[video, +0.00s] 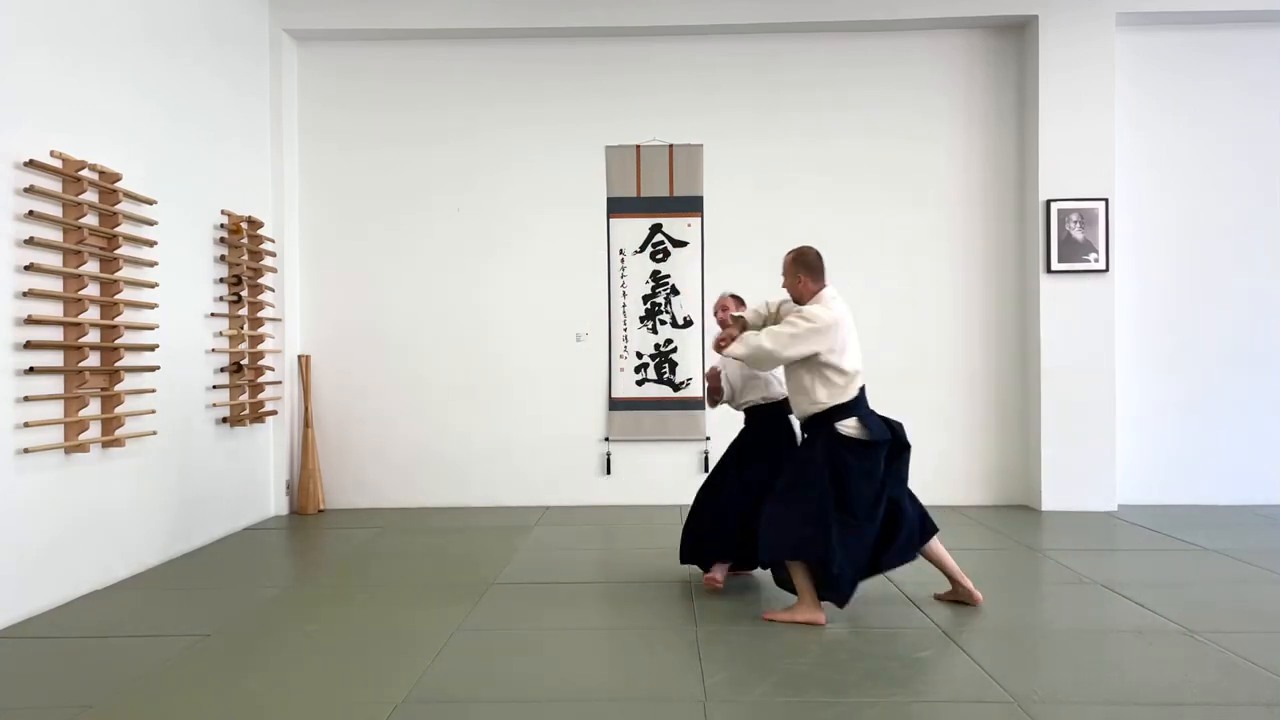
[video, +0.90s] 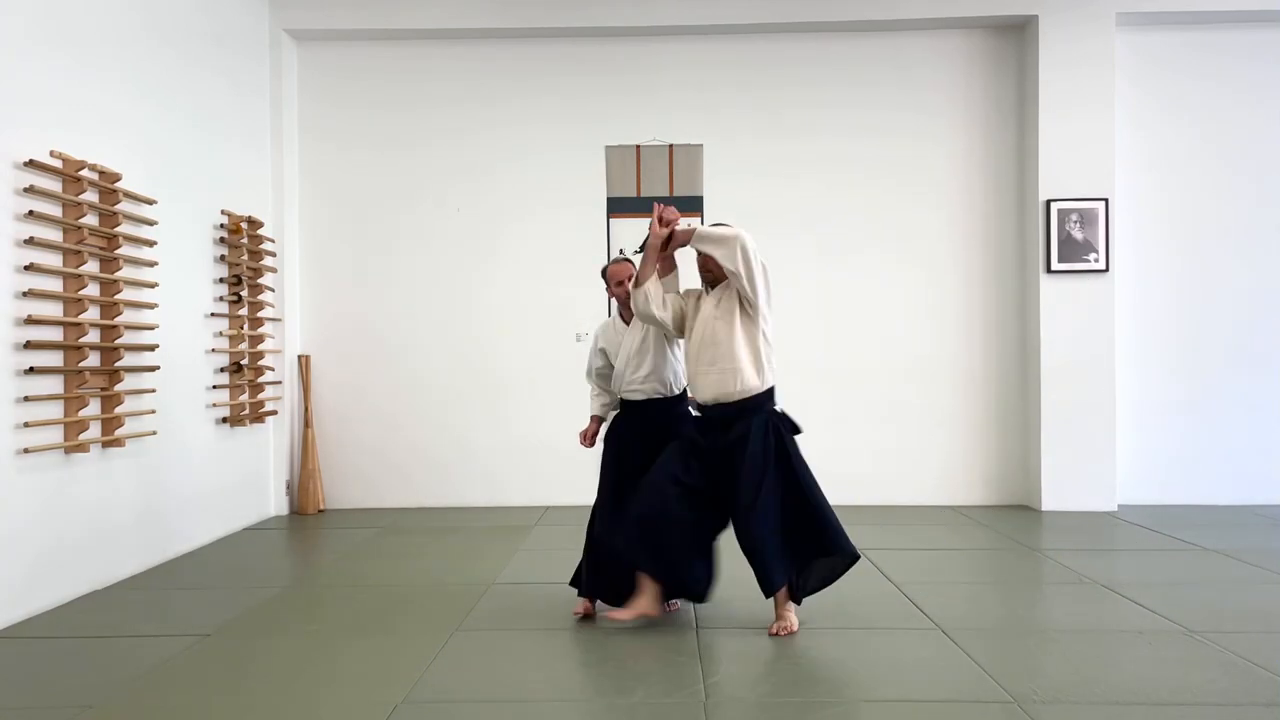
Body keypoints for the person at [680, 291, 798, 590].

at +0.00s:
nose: (720, 316)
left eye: (726, 310)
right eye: (717, 312)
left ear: (744, 313)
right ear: (715, 319)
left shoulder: (761, 339)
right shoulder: (724, 356)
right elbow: (716, 400)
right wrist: (714, 387)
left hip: (775, 424)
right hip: (756, 426)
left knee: (724, 489)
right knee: (744, 492)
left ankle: (721, 560)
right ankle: (744, 557)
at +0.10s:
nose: (705, 311)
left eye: (710, 305)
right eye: (700, 309)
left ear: (725, 308)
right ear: (697, 316)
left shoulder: (739, 333)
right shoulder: (701, 356)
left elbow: (746, 348)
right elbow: (698, 388)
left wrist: (754, 352)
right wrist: (696, 405)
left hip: (758, 426)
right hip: (729, 428)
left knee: (727, 497)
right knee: (699, 491)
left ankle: (707, 575)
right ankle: (703, 573)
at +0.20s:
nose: (704, 309)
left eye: (707, 302)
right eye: (695, 307)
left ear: (716, 304)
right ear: (688, 315)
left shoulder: (735, 334)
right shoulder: (684, 356)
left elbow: (754, 352)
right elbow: (675, 400)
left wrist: (760, 333)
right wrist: (671, 432)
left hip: (744, 433)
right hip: (707, 433)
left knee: (722, 507)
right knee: (670, 499)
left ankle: (699, 584)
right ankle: (696, 564)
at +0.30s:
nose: (696, 310)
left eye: (698, 303)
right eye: (688, 307)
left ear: (705, 303)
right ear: (675, 314)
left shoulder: (724, 331)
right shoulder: (670, 355)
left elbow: (743, 334)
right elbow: (657, 405)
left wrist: (736, 315)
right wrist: (646, 450)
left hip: (733, 431)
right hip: (694, 432)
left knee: (720, 513)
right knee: (655, 499)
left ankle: (701, 591)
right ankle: (653, 553)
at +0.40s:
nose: (680, 304)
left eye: (680, 297)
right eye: (671, 302)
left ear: (686, 296)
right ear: (657, 312)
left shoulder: (707, 325)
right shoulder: (654, 352)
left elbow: (728, 326)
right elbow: (644, 405)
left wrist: (725, 298)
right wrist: (631, 450)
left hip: (720, 428)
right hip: (680, 430)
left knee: (715, 511)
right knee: (644, 501)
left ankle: (705, 591)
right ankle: (608, 575)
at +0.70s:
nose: (639, 290)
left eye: (638, 284)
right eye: (629, 288)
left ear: (642, 285)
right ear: (612, 298)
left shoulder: (666, 318)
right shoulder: (606, 344)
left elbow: (692, 295)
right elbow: (598, 398)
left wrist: (692, 259)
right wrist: (594, 446)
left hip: (679, 425)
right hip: (637, 429)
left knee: (698, 503)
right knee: (614, 511)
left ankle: (700, 588)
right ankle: (593, 599)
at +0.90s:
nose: (626, 288)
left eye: (630, 280)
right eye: (617, 284)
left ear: (641, 280)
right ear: (608, 291)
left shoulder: (663, 315)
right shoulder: (606, 334)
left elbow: (668, 277)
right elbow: (602, 386)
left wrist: (664, 239)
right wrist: (595, 420)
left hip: (671, 417)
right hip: (628, 421)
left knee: (666, 499)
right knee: (611, 501)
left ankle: (665, 587)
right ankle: (590, 592)